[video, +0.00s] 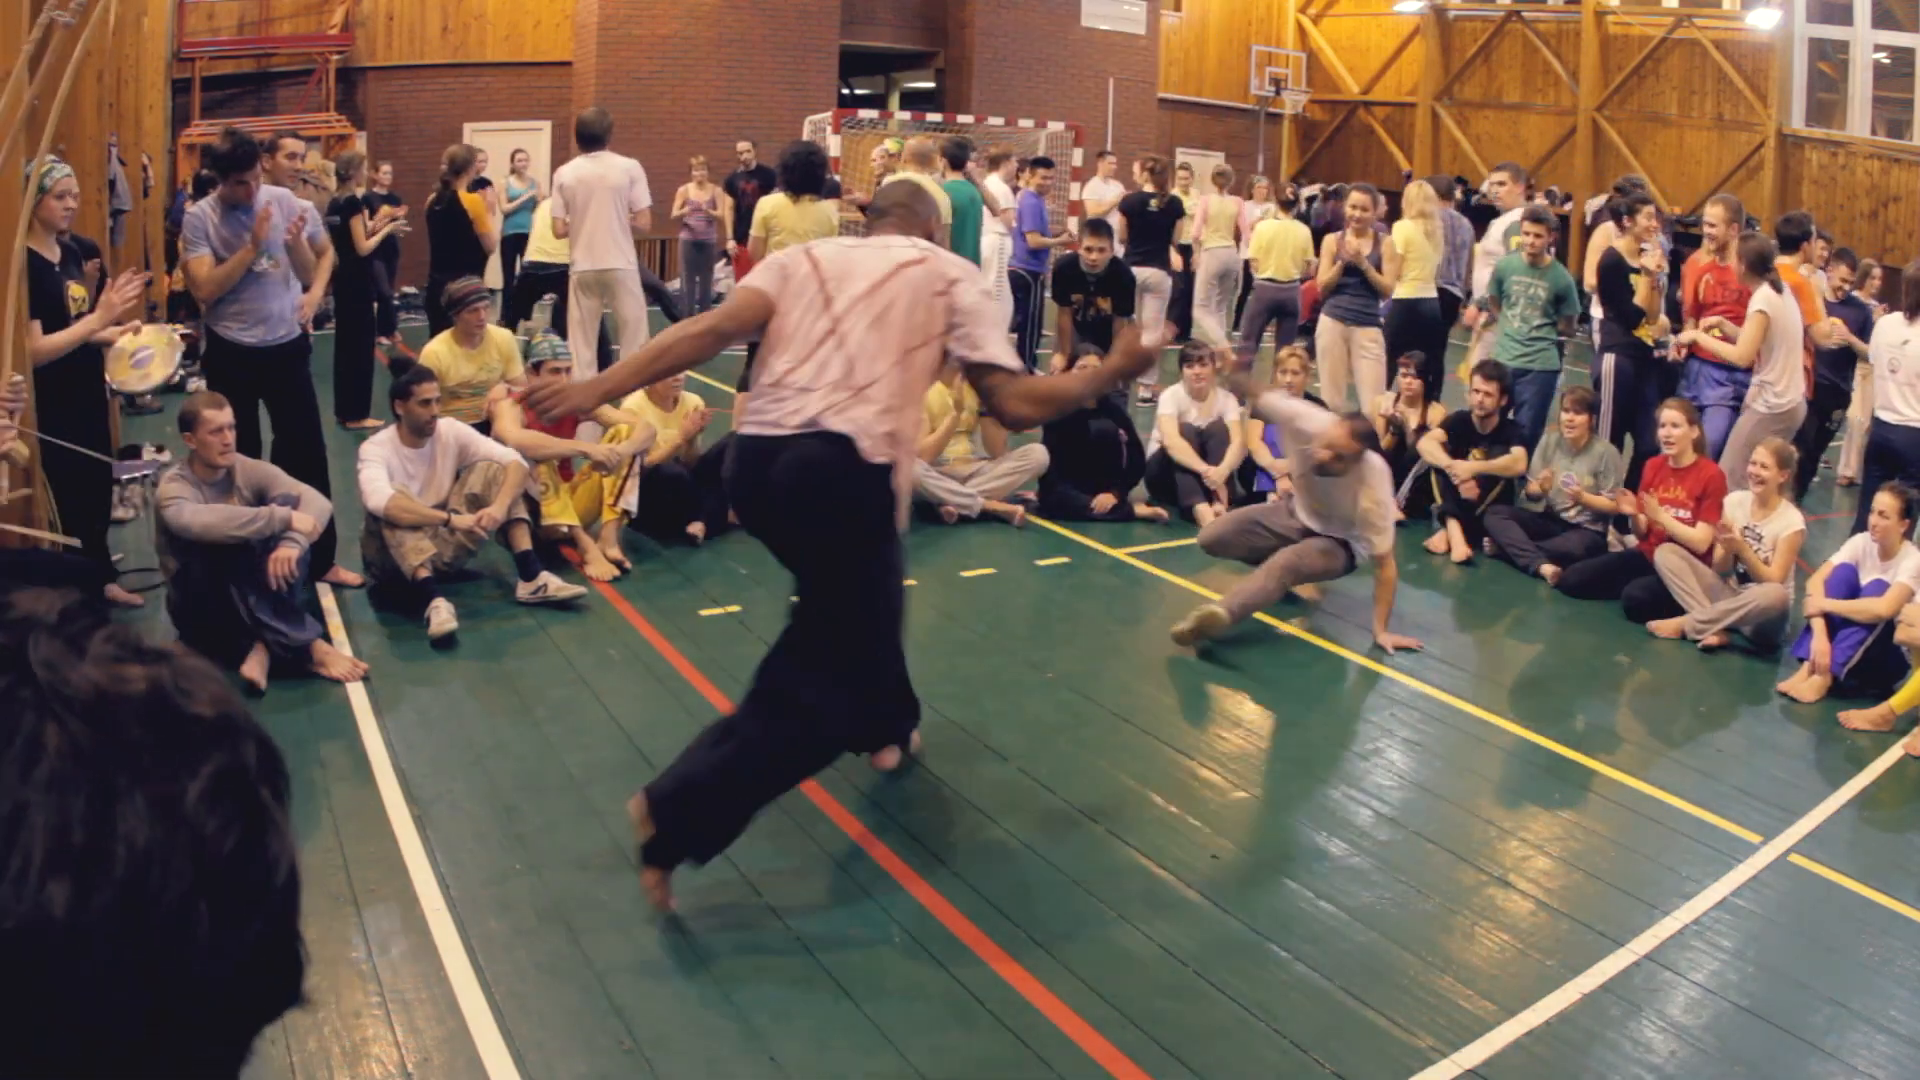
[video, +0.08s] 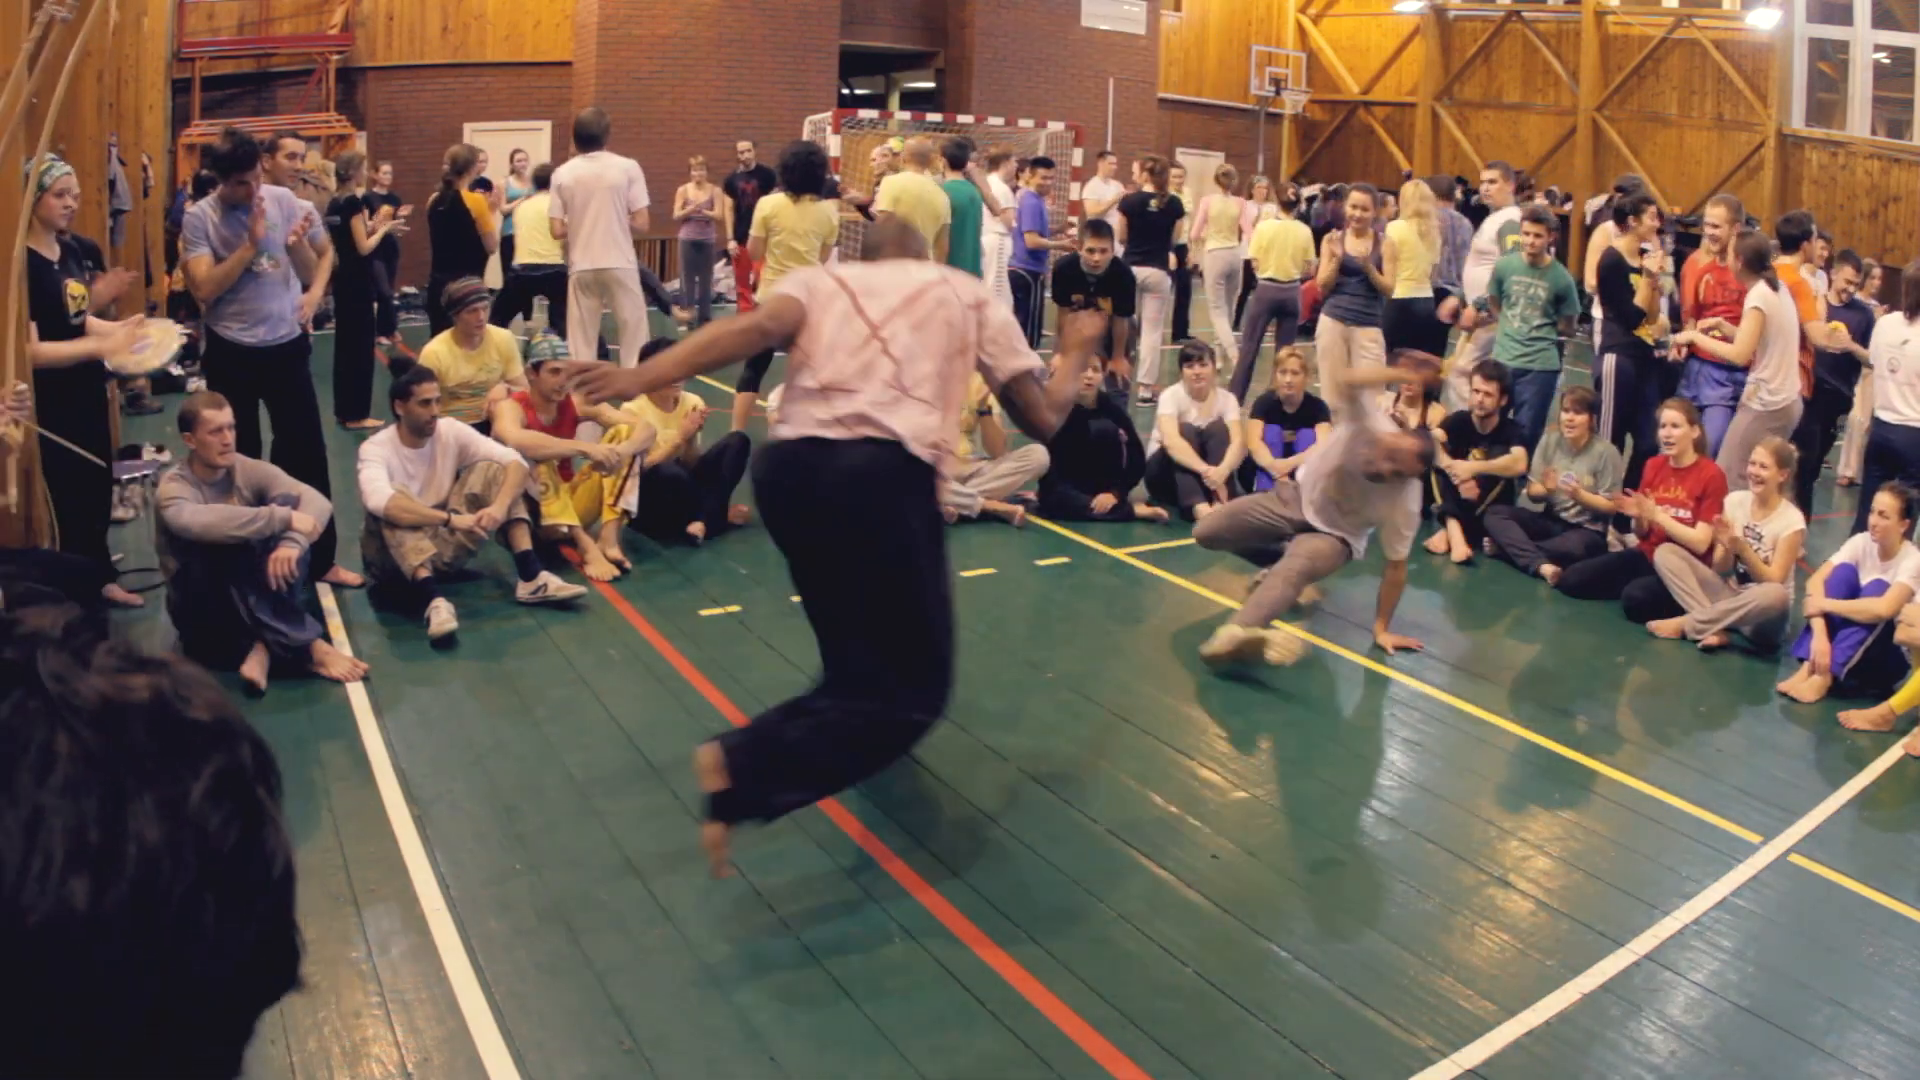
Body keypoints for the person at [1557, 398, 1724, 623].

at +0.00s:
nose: (1666, 433)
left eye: (1675, 426)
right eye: (1662, 426)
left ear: (1695, 431)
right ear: (1656, 431)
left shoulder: (1711, 475)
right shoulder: (1653, 466)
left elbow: (1701, 543)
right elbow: (1642, 532)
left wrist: (1660, 516)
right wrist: (1634, 514)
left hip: (1684, 566)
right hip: (1647, 555)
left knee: (1635, 601)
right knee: (1570, 582)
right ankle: (1637, 582)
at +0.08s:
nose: (1666, 434)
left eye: (1675, 426)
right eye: (1662, 427)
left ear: (1695, 431)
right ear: (1656, 431)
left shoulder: (1711, 475)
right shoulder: (1653, 465)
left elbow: (1700, 543)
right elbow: (1641, 533)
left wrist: (1657, 515)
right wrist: (1639, 515)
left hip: (1683, 566)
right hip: (1647, 555)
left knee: (1635, 601)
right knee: (1570, 581)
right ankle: (1636, 582)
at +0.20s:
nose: (1665, 434)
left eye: (1674, 427)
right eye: (1661, 427)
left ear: (1695, 432)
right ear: (1656, 430)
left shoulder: (1712, 476)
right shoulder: (1654, 465)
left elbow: (1700, 544)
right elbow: (1639, 531)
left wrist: (1656, 517)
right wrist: (1646, 517)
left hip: (1683, 567)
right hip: (1646, 555)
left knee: (1635, 600)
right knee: (1570, 581)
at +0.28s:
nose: (1664, 434)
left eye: (1673, 427)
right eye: (1661, 427)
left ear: (1695, 431)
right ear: (1657, 430)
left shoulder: (1713, 476)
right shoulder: (1654, 466)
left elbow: (1702, 545)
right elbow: (1640, 533)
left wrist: (1657, 517)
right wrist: (1640, 517)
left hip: (1683, 567)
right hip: (1647, 555)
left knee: (1635, 600)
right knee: (1571, 581)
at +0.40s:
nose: (1664, 434)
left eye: (1673, 426)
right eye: (1661, 427)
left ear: (1695, 431)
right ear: (1656, 430)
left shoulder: (1712, 475)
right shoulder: (1654, 466)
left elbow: (1702, 545)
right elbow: (1642, 532)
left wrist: (1663, 516)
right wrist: (1634, 515)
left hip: (1683, 566)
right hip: (1647, 555)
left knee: (1635, 601)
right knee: (1570, 581)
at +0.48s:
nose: (1665, 434)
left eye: (1674, 426)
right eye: (1661, 427)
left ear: (1695, 431)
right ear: (1656, 430)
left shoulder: (1712, 475)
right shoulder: (1654, 466)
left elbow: (1702, 544)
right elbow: (1641, 532)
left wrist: (1663, 517)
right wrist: (1633, 514)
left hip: (1682, 566)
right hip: (1647, 555)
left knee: (1634, 601)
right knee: (1571, 581)